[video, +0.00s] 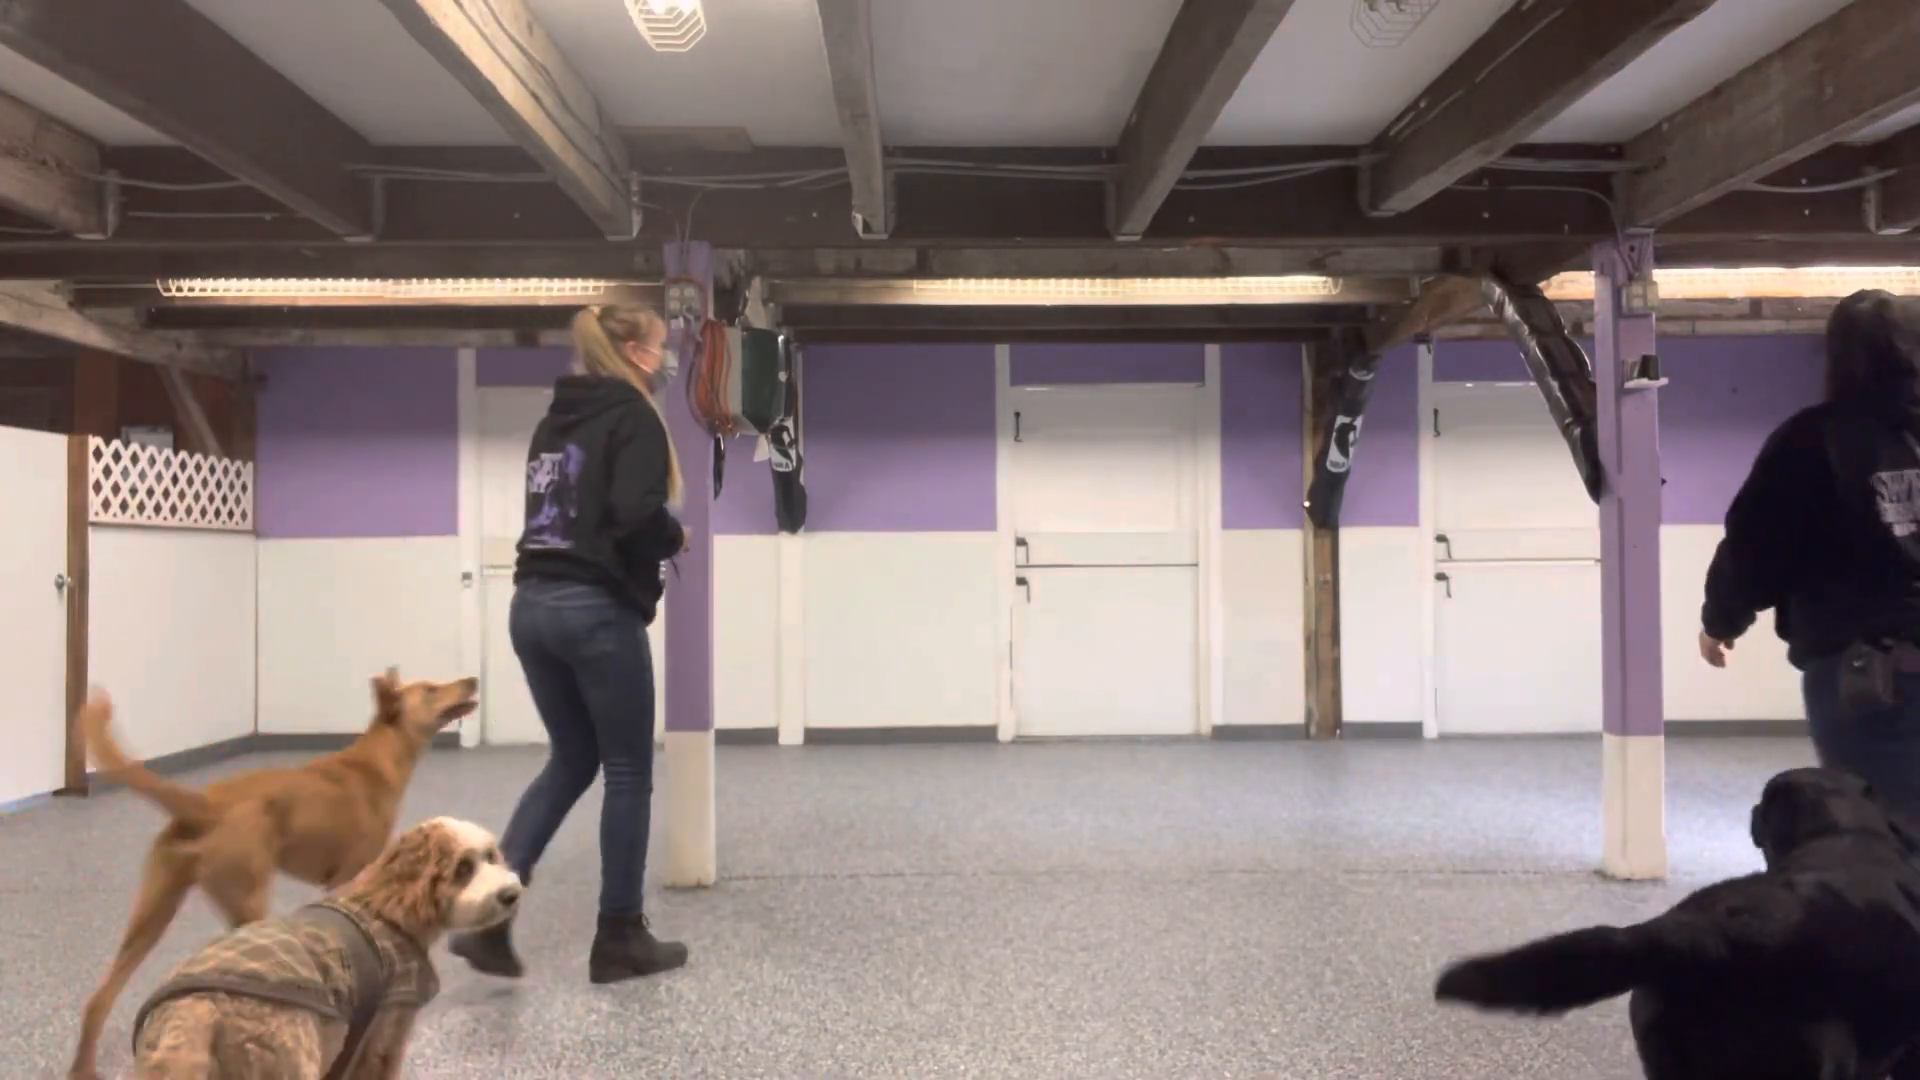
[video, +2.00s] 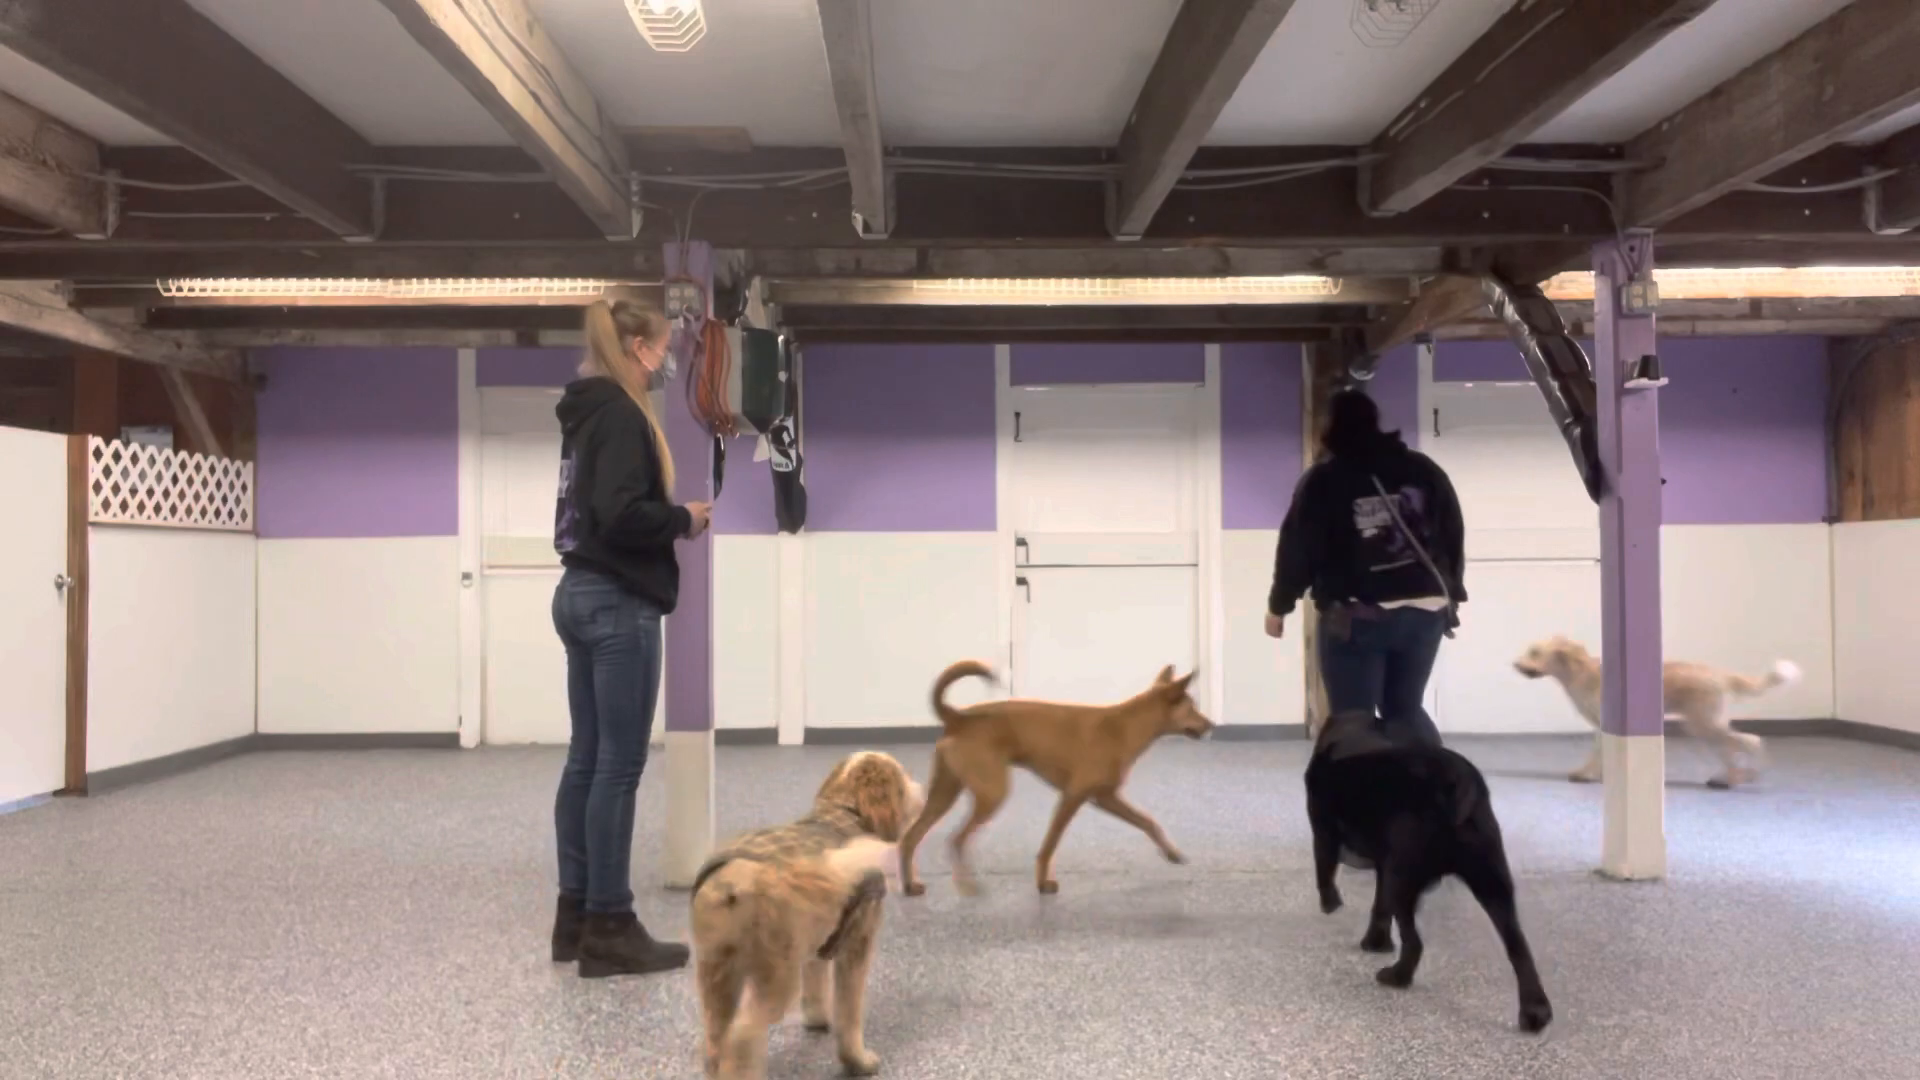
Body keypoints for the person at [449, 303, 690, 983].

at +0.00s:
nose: (664, 359)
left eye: (663, 347)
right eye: (659, 348)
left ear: (600, 346)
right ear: (632, 348)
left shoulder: (557, 415)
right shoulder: (634, 417)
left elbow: (550, 513)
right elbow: (636, 513)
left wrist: (625, 534)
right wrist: (674, 536)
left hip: (533, 605)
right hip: (596, 610)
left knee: (571, 758)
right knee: (629, 771)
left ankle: (489, 906)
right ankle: (620, 935)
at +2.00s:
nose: (661, 363)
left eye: (663, 351)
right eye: (659, 351)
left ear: (615, 342)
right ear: (634, 346)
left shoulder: (590, 407)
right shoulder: (620, 413)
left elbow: (602, 510)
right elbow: (618, 514)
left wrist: (668, 514)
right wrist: (683, 517)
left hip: (583, 592)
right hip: (619, 599)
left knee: (587, 760)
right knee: (619, 767)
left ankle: (575, 916)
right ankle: (609, 928)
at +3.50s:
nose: (537, 449)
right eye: (535, 440)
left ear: (480, 437)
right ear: (529, 441)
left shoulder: (442, 484)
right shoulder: (537, 477)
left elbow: (421, 555)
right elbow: (558, 550)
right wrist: (541, 609)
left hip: (411, 612)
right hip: (486, 609)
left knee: (436, 759)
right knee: (556, 763)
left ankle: (414, 915)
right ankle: (590, 926)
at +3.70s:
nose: (509, 460)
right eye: (507, 453)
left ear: (450, 454)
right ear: (504, 454)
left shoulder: (417, 502)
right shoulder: (515, 486)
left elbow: (395, 584)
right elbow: (548, 558)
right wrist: (531, 614)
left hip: (403, 618)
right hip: (479, 609)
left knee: (433, 759)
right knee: (550, 765)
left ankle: (414, 914)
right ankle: (589, 926)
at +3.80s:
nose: (499, 460)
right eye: (496, 453)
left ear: (438, 458)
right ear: (493, 457)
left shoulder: (408, 506)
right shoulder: (507, 489)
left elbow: (355, 589)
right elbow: (547, 562)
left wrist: (397, 620)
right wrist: (540, 618)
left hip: (397, 625)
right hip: (474, 613)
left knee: (432, 758)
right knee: (550, 765)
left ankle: (414, 913)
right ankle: (590, 926)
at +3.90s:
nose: (490, 452)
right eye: (487, 444)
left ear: (427, 449)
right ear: (482, 446)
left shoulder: (396, 500)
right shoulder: (499, 486)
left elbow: (325, 563)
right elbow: (540, 558)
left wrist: (382, 600)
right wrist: (549, 618)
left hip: (392, 630)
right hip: (469, 619)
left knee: (435, 759)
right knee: (551, 766)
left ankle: (414, 915)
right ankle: (590, 925)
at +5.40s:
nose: (281, 470)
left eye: (280, 461)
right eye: (281, 461)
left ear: (229, 449)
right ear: (272, 456)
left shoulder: (195, 484)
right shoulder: (262, 485)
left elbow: (192, 561)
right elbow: (259, 544)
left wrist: (242, 627)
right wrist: (282, 609)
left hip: (128, 610)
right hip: (192, 605)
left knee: (175, 746)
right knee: (231, 759)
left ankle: (165, 893)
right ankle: (223, 916)